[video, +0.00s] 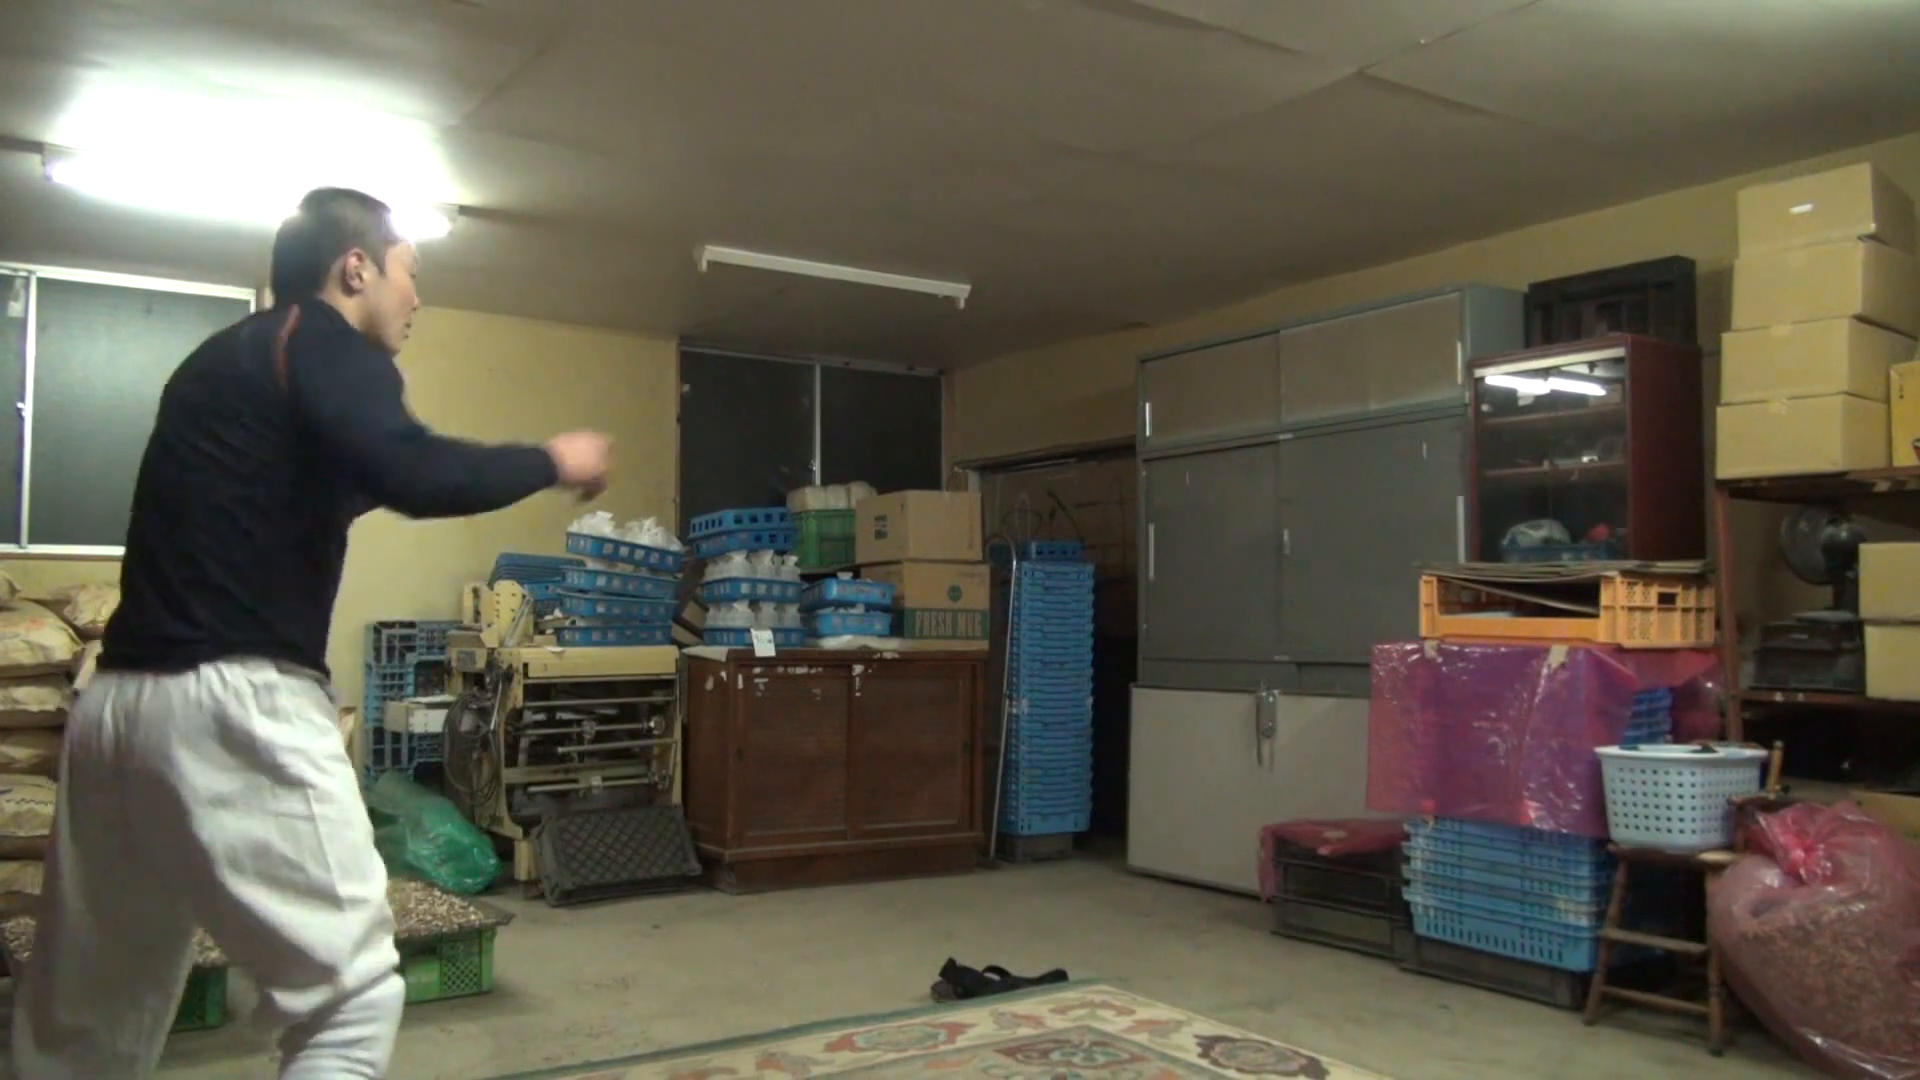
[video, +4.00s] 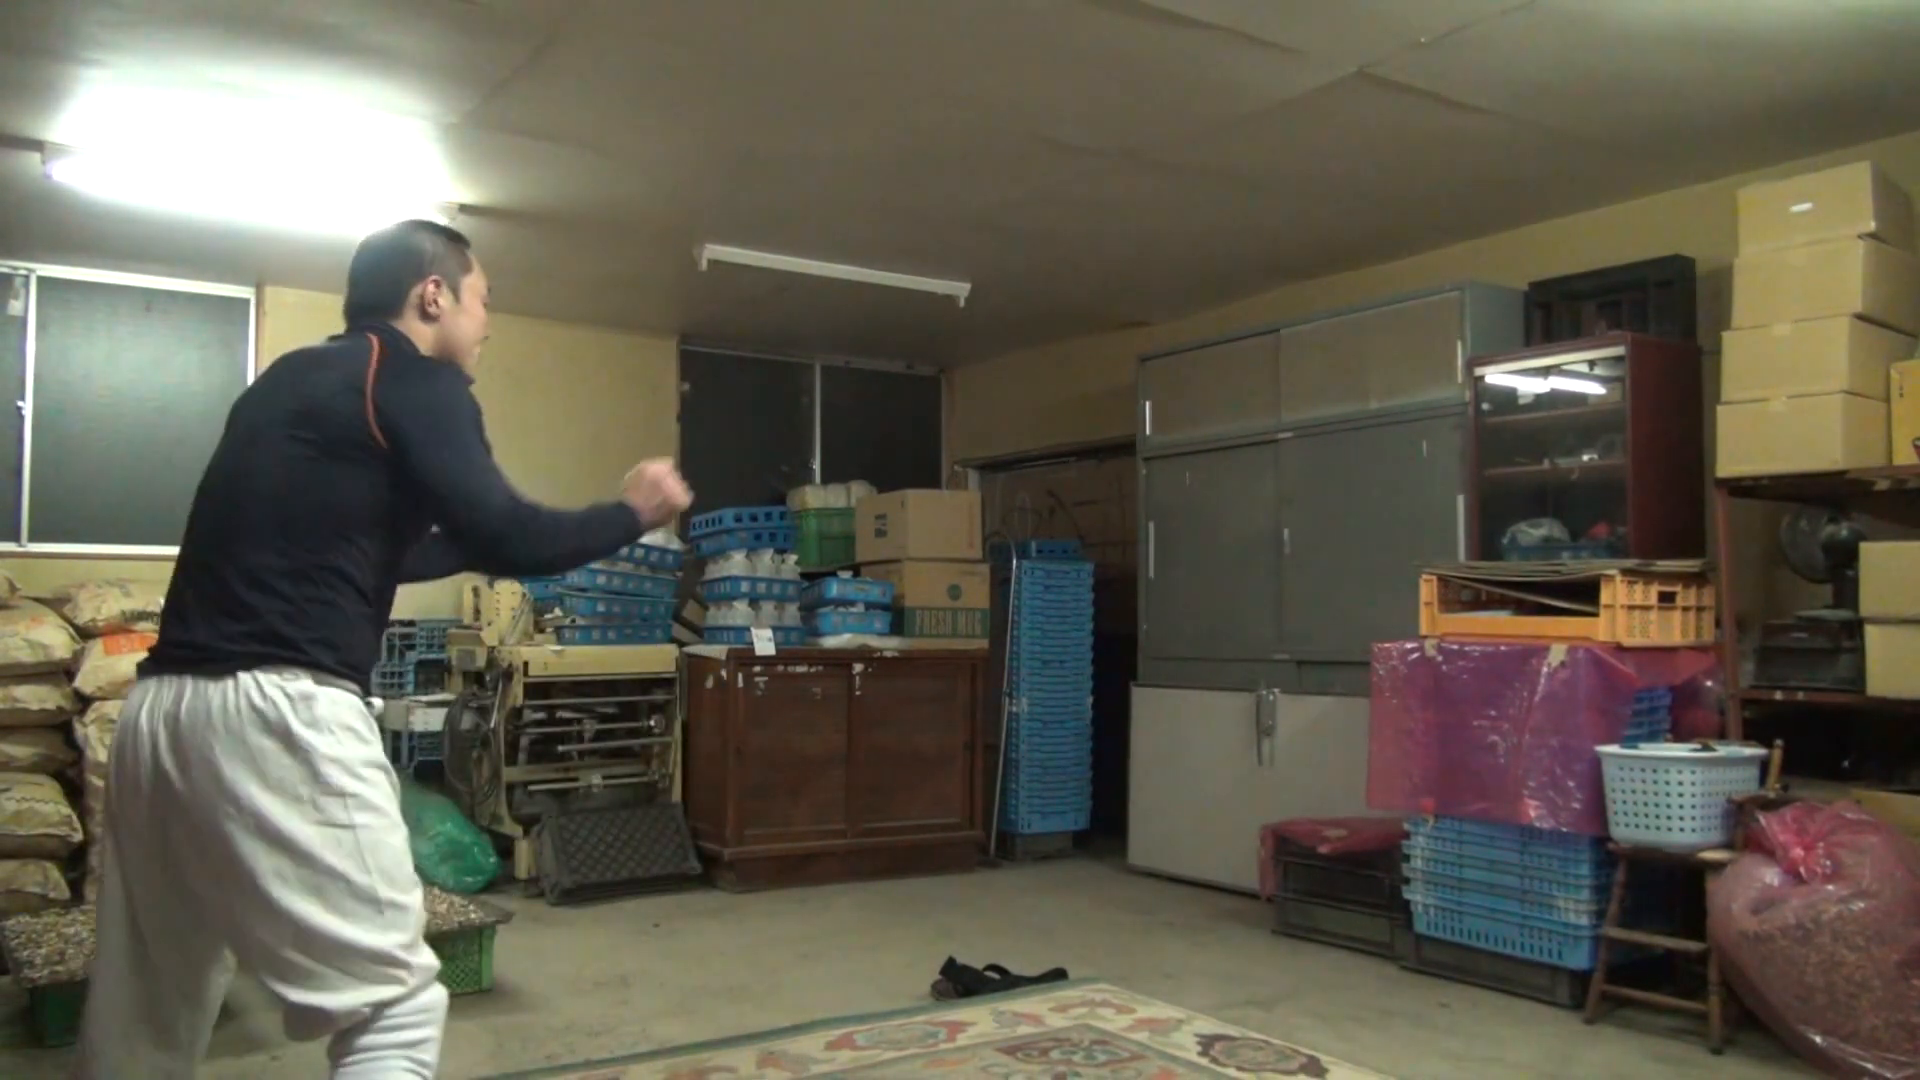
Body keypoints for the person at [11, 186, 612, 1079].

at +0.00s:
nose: (415, 304)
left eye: (414, 278)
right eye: (406, 276)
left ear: (323, 271)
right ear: (353, 269)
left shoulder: (207, 358)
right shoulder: (325, 346)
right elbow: (405, 467)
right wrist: (550, 460)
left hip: (111, 705)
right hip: (239, 704)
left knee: (84, 1023)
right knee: (347, 1000)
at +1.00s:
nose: (469, 367)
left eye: (472, 350)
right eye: (467, 348)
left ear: (359, 337)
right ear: (425, 341)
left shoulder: (264, 412)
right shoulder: (416, 407)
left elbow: (327, 556)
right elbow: (551, 510)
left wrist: (456, 542)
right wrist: (657, 449)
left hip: (165, 732)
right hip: (291, 732)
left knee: (114, 989)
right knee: (464, 975)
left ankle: (34, 1072)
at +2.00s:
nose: (447, 624)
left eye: (441, 609)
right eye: (434, 614)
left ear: (475, 573)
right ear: (489, 547)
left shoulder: (553, 597)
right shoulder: (568, 525)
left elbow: (443, 708)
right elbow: (507, 523)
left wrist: (341, 664)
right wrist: (455, 505)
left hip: (705, 804)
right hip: (709, 795)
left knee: (544, 969)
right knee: (641, 999)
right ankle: (776, 1046)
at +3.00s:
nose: (479, 304)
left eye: (477, 282)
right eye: (468, 279)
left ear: (392, 282)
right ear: (408, 278)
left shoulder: (293, 368)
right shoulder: (370, 357)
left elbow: (267, 537)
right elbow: (328, 500)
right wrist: (473, 565)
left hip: (237, 713)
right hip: (338, 717)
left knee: (205, 990)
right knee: (472, 961)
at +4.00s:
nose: (485, 326)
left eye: (486, 305)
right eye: (479, 303)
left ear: (385, 299)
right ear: (430, 296)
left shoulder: (280, 379)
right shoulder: (413, 380)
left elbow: (363, 556)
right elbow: (505, 532)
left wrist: (497, 543)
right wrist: (632, 512)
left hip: (155, 713)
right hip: (283, 715)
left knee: (141, 1027)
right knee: (392, 1008)